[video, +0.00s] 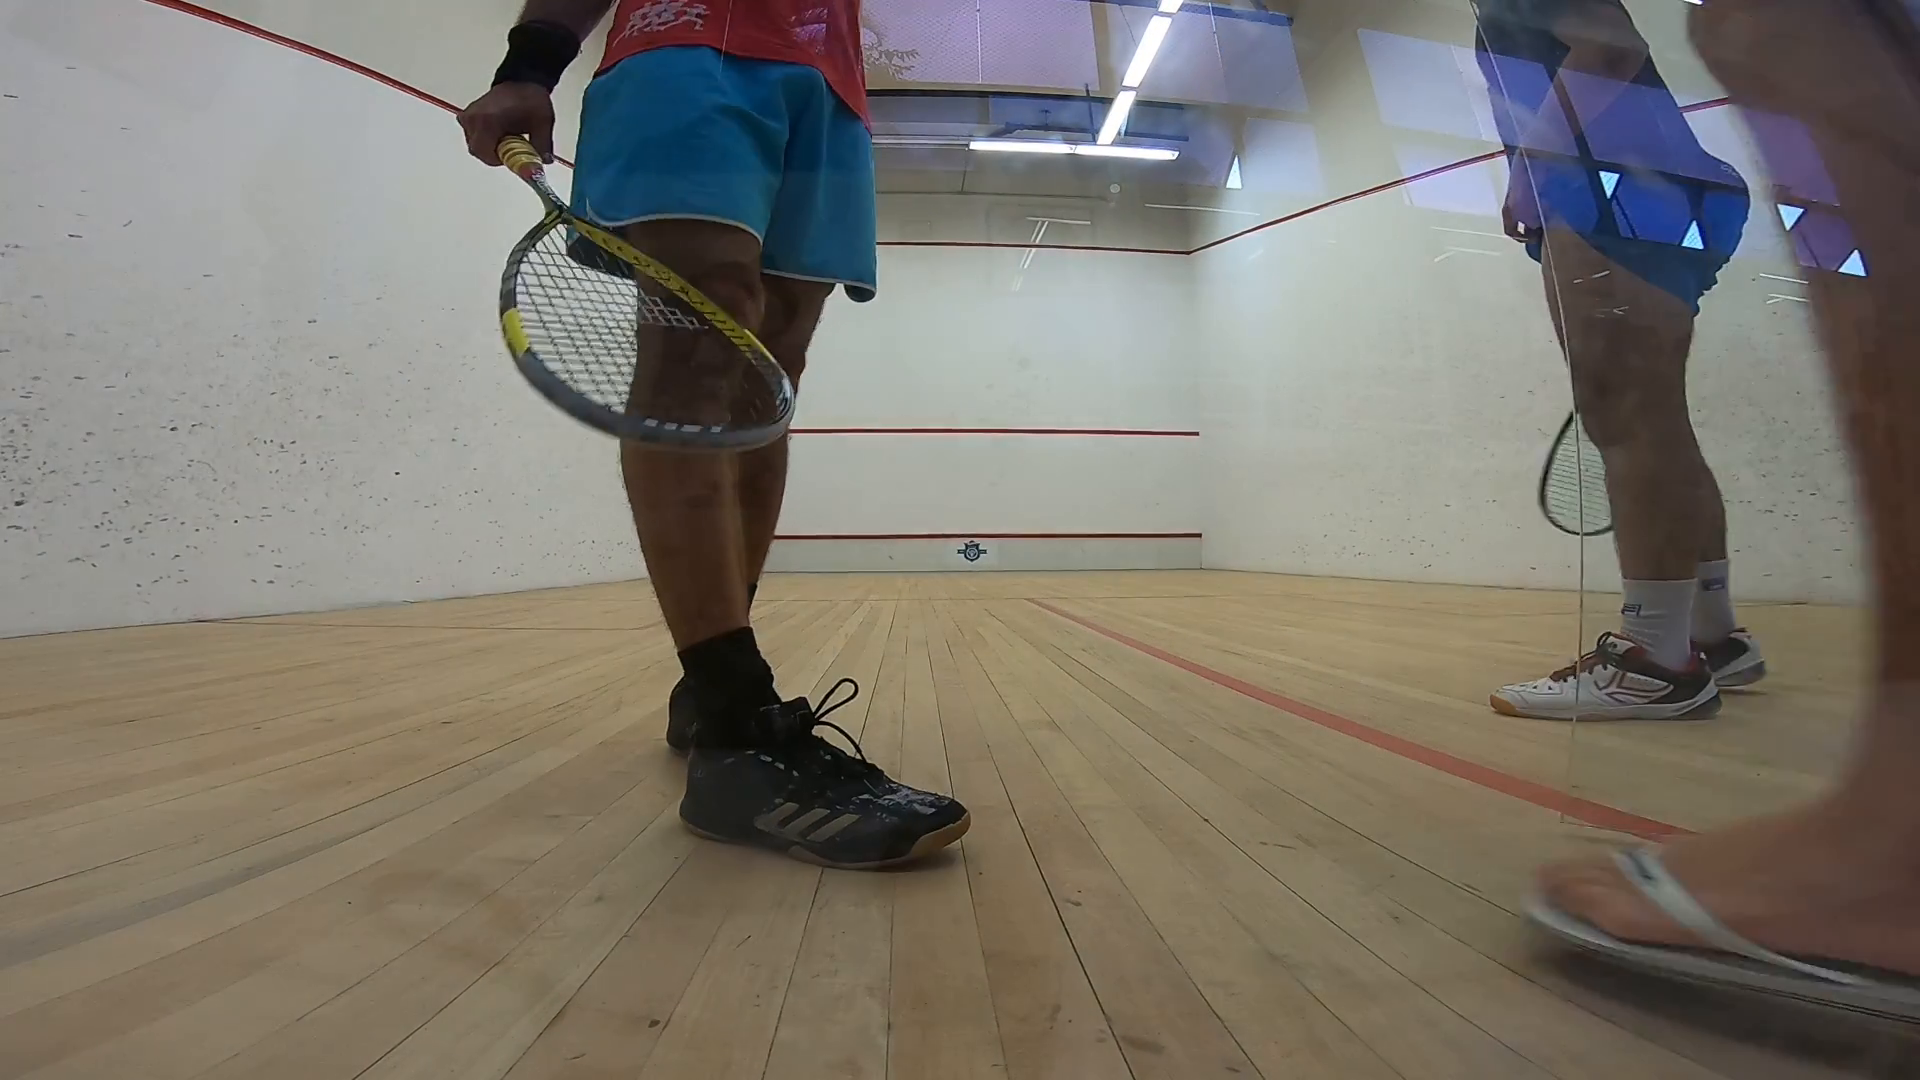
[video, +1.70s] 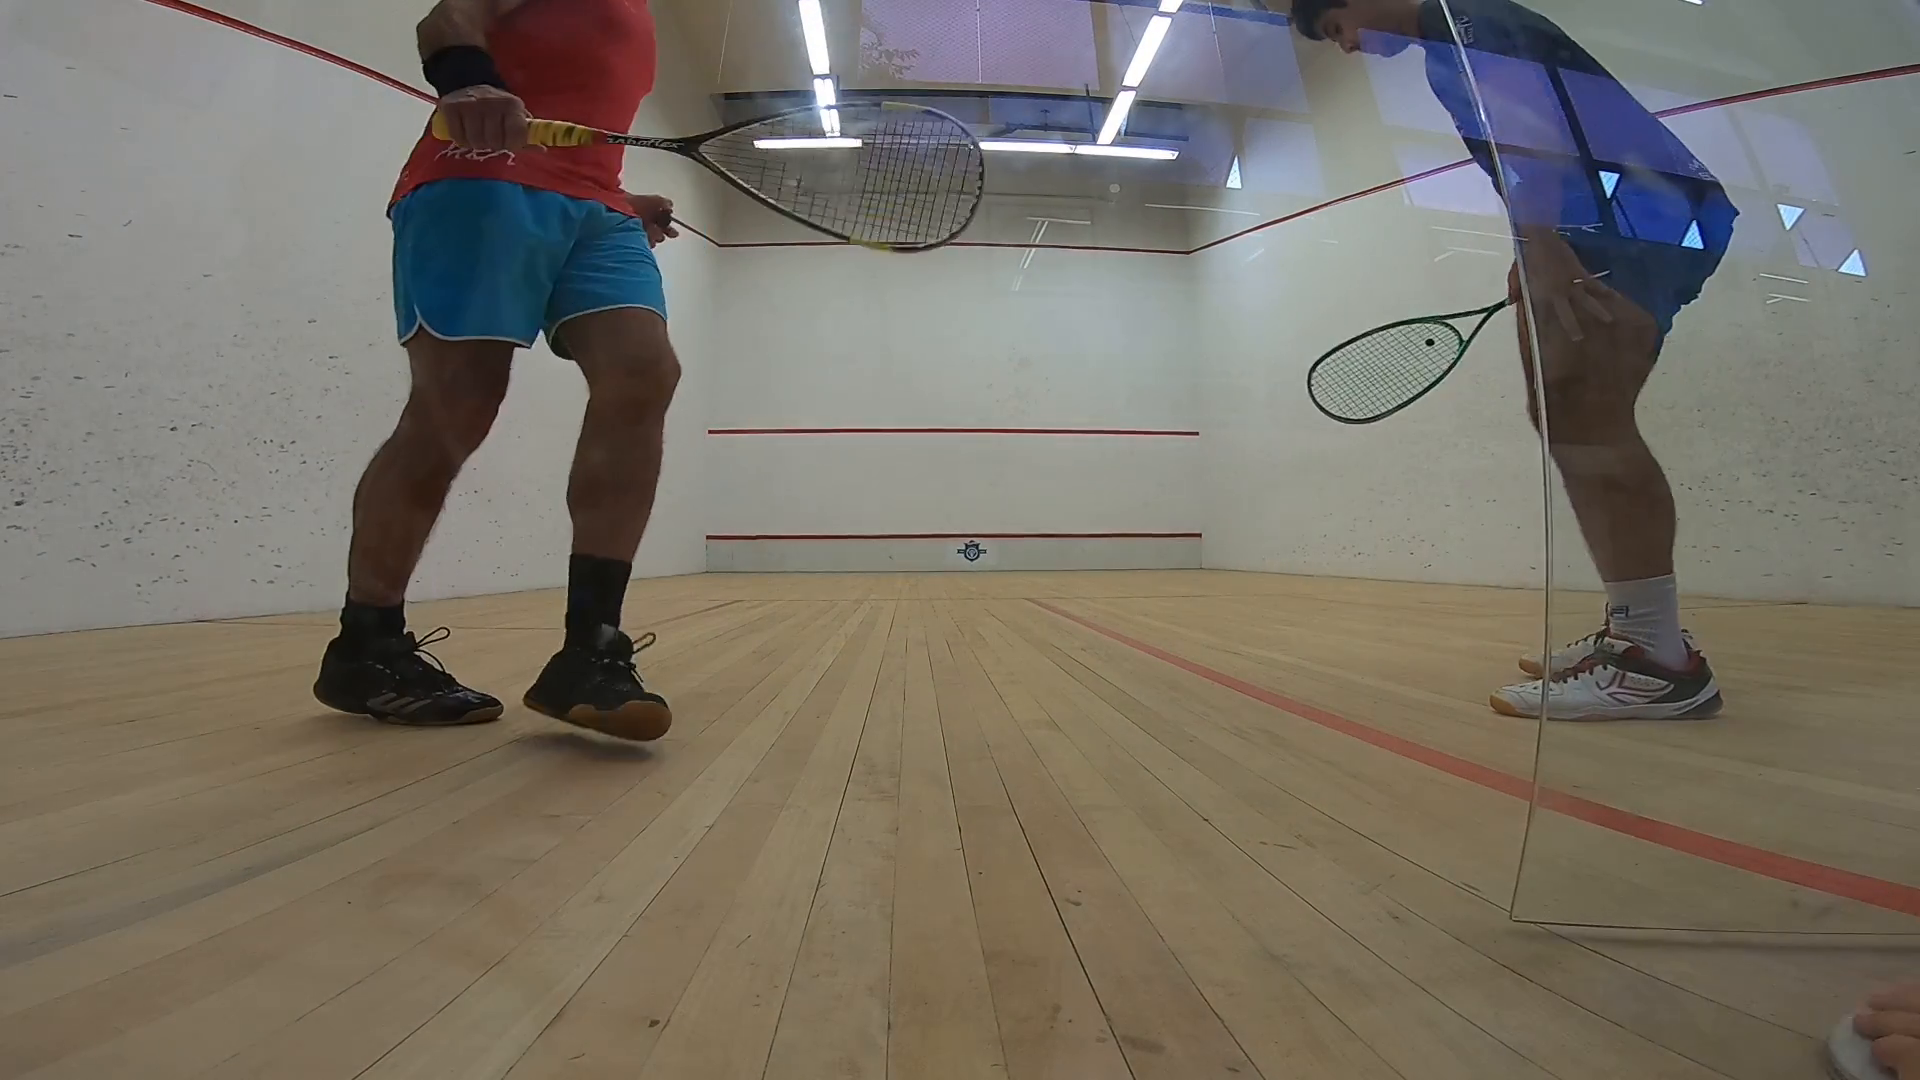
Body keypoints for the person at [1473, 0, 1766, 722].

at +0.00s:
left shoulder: (1536, 2)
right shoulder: (1507, 13)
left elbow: (1610, 43)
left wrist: (1531, 160)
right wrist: (1529, 173)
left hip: (1611, 197)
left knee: (1622, 412)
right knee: (1650, 415)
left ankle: (1658, 659)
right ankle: (1712, 636)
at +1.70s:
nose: (1345, 43)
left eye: (1329, 23)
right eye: (1328, 36)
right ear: (1347, 22)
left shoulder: (1465, 23)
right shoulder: (1447, 51)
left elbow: (1536, 134)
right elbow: (1522, 156)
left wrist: (1539, 239)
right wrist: (1530, 249)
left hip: (1652, 213)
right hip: (1608, 217)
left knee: (1588, 413)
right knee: (1560, 410)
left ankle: (1662, 659)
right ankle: (1637, 639)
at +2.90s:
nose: (1429, 126)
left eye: (1425, 121)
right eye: (1421, 121)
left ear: (1368, 138)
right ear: (1396, 126)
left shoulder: (1340, 185)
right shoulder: (1468, 146)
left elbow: (1321, 250)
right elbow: (1538, 197)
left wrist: (1364, 332)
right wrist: (1553, 281)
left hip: (1420, 322)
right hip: (1514, 306)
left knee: (1422, 473)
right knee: (1550, 451)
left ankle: (1418, 614)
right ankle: (1581, 574)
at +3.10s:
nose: (1427, 129)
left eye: (1424, 122)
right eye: (1417, 122)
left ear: (1368, 142)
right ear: (1382, 131)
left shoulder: (1337, 199)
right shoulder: (1427, 149)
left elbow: (1311, 268)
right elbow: (1467, 201)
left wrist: (1362, 326)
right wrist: (1522, 274)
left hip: (1396, 333)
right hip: (1482, 314)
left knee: (1414, 473)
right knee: (1554, 444)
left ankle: (1417, 615)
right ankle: (1555, 587)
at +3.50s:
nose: (1471, 148)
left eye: (1468, 139)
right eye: (1462, 138)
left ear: (1412, 149)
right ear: (1426, 142)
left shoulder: (1372, 206)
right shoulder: (1458, 166)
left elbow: (1342, 277)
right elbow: (1476, 214)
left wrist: (1377, 336)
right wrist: (1532, 286)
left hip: (1412, 346)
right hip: (1491, 333)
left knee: (1422, 478)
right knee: (1530, 474)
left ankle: (1418, 614)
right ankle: (1562, 611)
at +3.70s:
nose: (1501, 157)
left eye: (1498, 148)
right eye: (1493, 148)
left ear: (1440, 157)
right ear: (1463, 149)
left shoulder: (1398, 209)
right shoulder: (1508, 179)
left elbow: (1373, 275)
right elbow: (1546, 232)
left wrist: (1401, 338)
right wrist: (1603, 307)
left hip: (1449, 355)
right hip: (1533, 345)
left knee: (1440, 479)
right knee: (1551, 477)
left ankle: (1424, 605)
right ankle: (1563, 611)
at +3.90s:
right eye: (1498, 154)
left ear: (1445, 161)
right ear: (1500, 152)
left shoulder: (1420, 196)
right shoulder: (1543, 180)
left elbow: (1404, 256)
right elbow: (1610, 233)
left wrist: (1412, 323)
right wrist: (1637, 302)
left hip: (1469, 342)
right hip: (1553, 336)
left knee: (1452, 469)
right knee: (1556, 473)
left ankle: (1468, 577)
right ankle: (1563, 610)